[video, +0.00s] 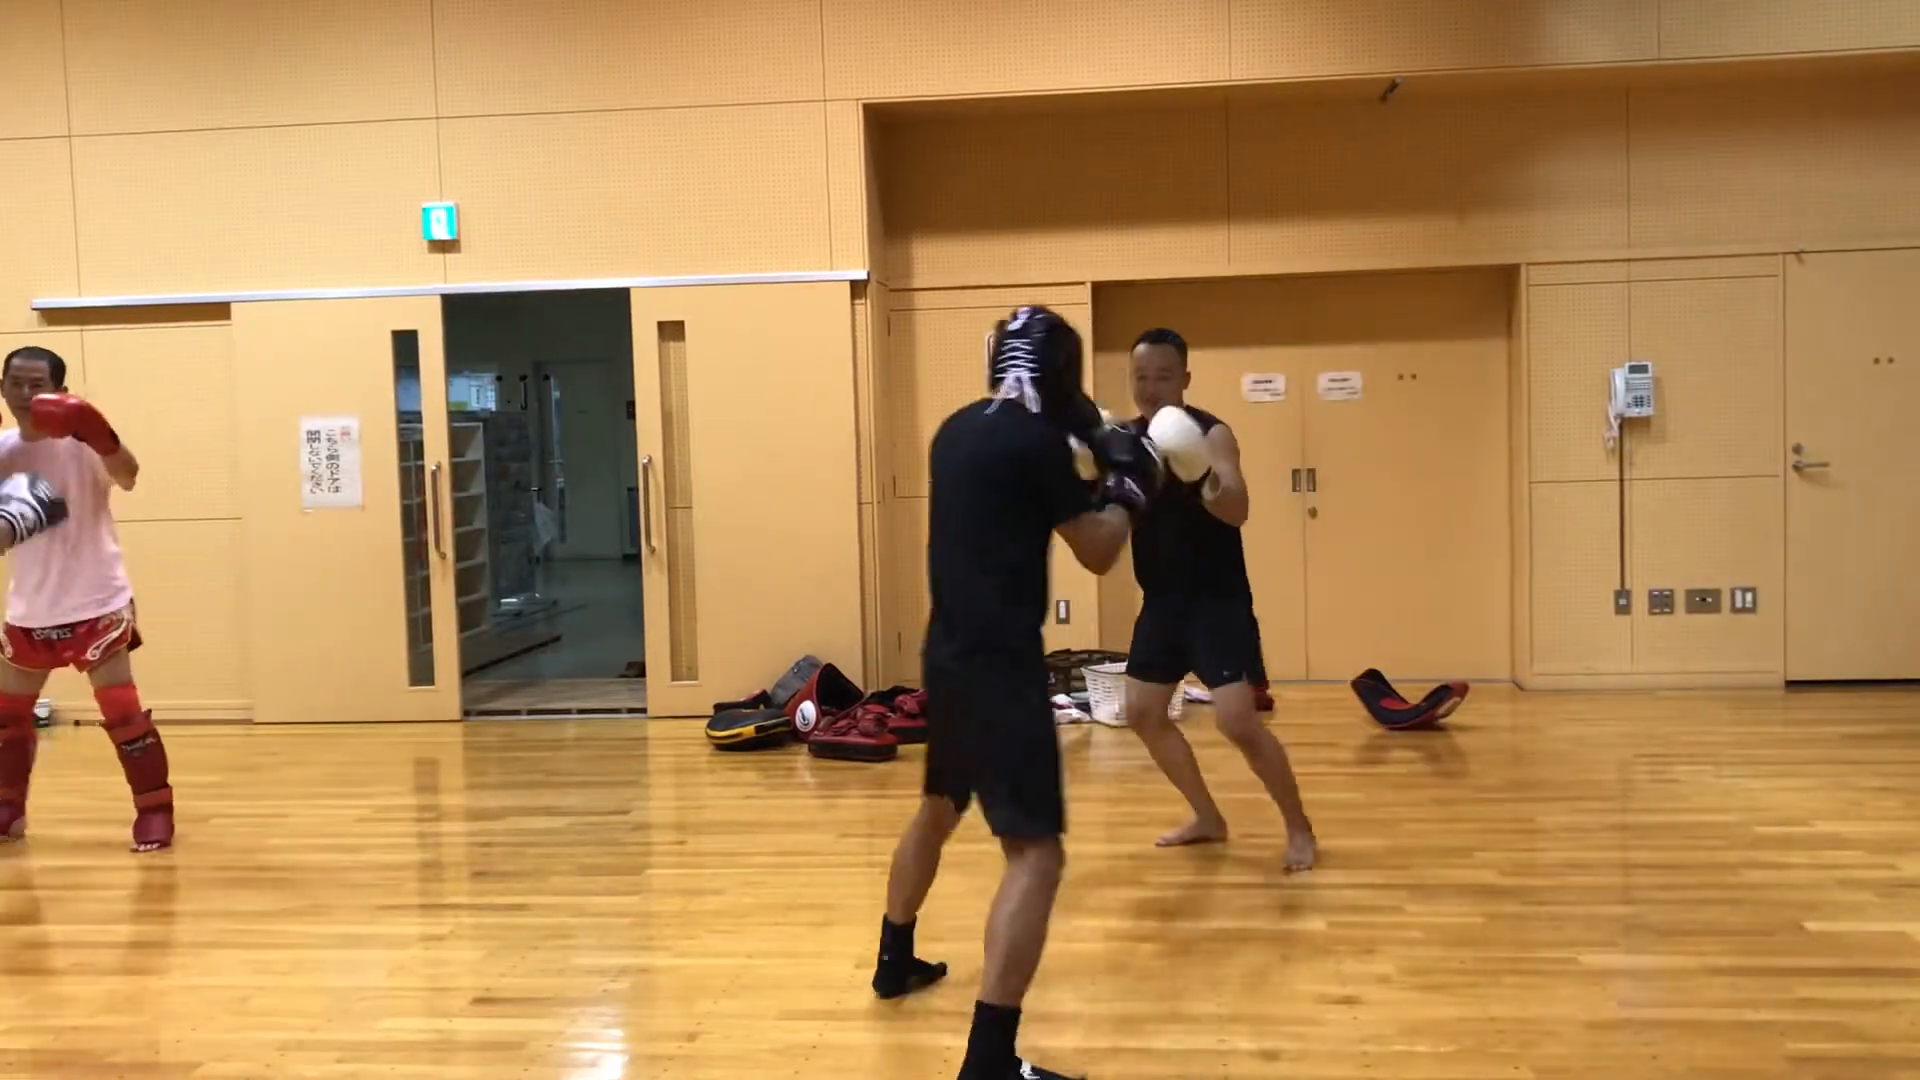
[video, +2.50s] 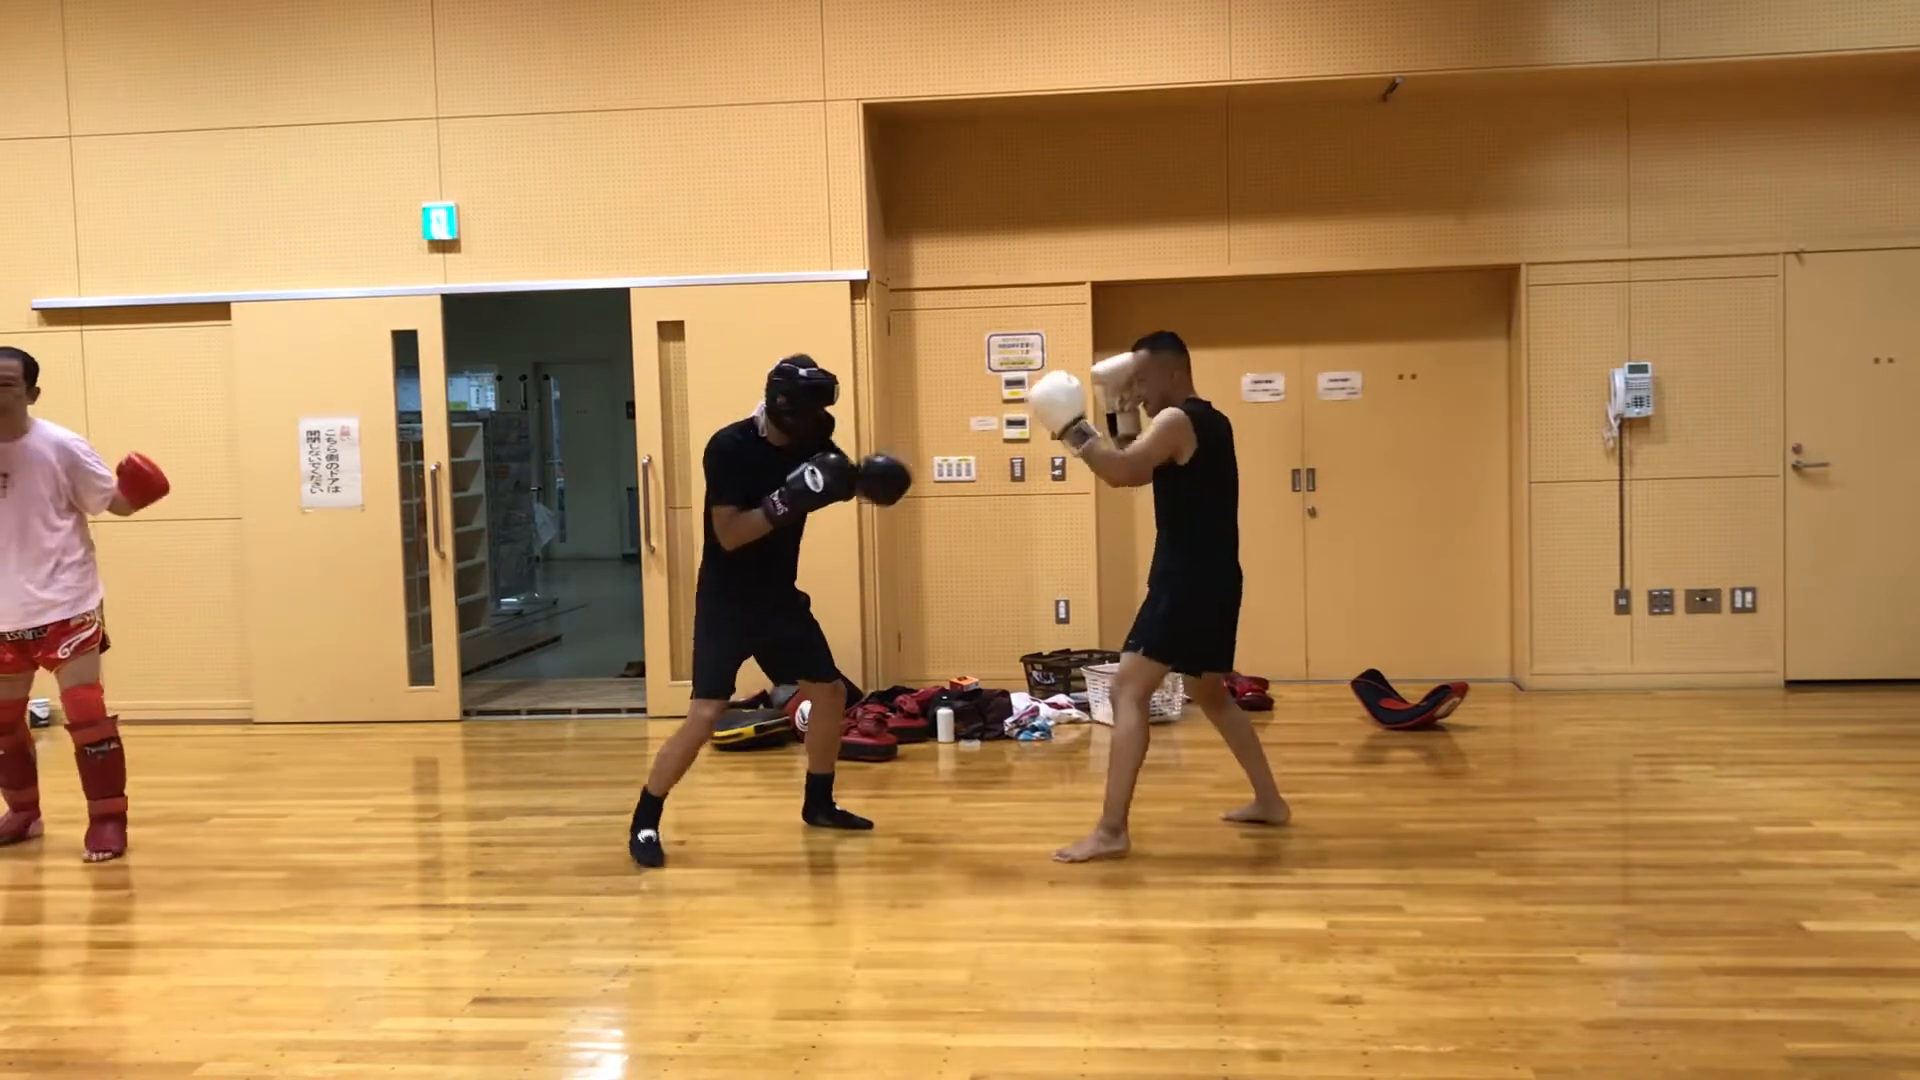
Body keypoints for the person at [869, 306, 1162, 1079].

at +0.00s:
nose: (1079, 387)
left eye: (1076, 372)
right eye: (1075, 372)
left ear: (996, 365)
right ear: (1060, 373)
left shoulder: (953, 432)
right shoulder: (1038, 441)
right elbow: (1099, 551)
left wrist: (1081, 461)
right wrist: (1128, 485)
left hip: (947, 659)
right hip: (1003, 669)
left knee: (937, 808)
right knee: (1035, 857)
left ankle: (893, 960)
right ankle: (990, 1058)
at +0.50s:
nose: (973, 399)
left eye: (972, 390)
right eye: (971, 387)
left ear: (902, 373)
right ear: (953, 383)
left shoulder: (860, 433)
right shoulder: (921, 439)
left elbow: (901, 515)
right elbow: (947, 556)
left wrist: (970, 451)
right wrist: (997, 519)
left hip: (852, 649)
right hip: (899, 656)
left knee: (871, 773)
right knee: (940, 826)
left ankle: (846, 908)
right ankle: (878, 1008)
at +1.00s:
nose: (886, 415)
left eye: (884, 406)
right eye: (884, 404)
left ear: (824, 391)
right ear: (871, 393)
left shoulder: (794, 449)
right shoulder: (853, 419)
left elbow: (846, 547)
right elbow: (934, 479)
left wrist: (897, 508)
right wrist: (955, 447)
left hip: (794, 621)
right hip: (827, 621)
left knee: (841, 775)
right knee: (861, 778)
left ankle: (835, 909)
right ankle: (825, 951)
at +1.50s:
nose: (858, 409)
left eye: (862, 399)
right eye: (851, 396)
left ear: (854, 396)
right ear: (821, 385)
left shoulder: (833, 437)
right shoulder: (772, 430)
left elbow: (884, 474)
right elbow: (786, 514)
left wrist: (917, 431)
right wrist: (850, 476)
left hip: (796, 617)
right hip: (754, 616)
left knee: (828, 725)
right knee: (766, 753)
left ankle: (790, 849)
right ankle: (728, 919)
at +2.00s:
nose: (782, 422)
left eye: (785, 414)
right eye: (778, 411)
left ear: (774, 402)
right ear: (759, 395)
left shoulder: (759, 440)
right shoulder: (718, 439)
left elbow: (780, 513)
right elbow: (775, 517)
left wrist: (827, 472)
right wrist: (820, 471)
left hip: (753, 604)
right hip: (706, 607)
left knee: (819, 699)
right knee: (703, 741)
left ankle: (797, 834)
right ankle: (646, 848)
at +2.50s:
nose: (821, 421)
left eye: (823, 412)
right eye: (812, 412)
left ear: (816, 411)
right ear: (780, 406)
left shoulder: (815, 440)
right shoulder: (729, 448)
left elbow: (829, 483)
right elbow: (728, 535)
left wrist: (868, 481)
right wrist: (791, 497)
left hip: (780, 599)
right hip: (724, 603)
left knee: (830, 693)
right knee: (704, 716)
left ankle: (818, 804)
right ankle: (645, 819)